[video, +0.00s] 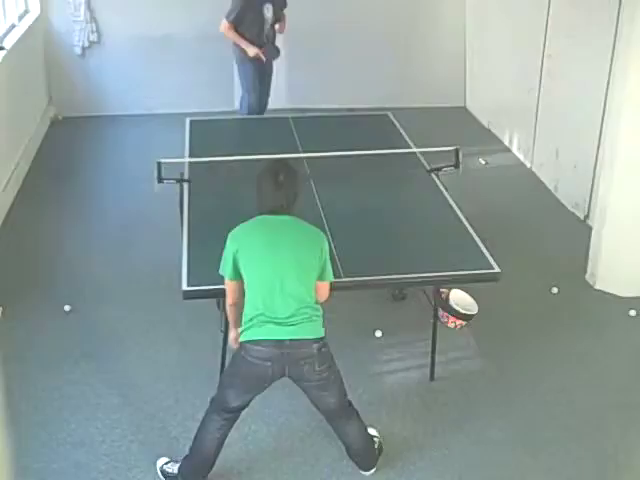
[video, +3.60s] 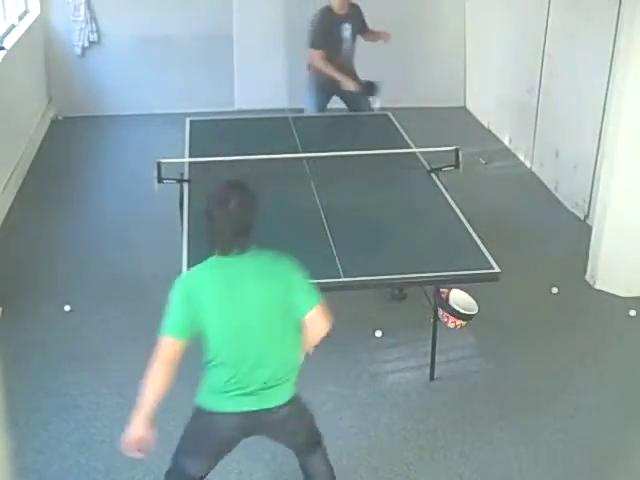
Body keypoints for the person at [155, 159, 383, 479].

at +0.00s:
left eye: (267, 190)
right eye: (290, 190)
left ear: (260, 194)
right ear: (295, 194)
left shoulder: (239, 236)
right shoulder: (315, 236)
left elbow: (233, 297)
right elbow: (322, 294)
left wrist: (233, 328)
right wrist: (294, 280)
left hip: (257, 351)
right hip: (309, 349)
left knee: (222, 412)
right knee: (339, 410)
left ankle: (188, 472)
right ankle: (367, 458)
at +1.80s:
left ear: (238, 197)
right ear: (272, 200)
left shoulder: (220, 234)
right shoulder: (291, 245)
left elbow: (196, 293)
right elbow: (296, 310)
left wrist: (182, 326)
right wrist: (266, 321)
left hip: (236, 364)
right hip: (285, 360)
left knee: (187, 414)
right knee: (317, 406)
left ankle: (183, 476)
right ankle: (364, 459)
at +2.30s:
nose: (223, 189)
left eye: (223, 181)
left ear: (224, 187)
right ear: (260, 184)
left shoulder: (231, 232)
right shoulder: (277, 223)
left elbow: (237, 295)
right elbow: (283, 276)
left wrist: (226, 355)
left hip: (259, 354)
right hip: (299, 343)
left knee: (210, 420)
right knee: (325, 398)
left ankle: (190, 475)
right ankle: (366, 455)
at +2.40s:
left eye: (221, 186)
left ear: (221, 192)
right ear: (258, 188)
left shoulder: (226, 241)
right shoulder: (277, 227)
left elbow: (227, 310)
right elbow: (291, 249)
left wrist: (208, 370)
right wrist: (302, 249)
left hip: (262, 359)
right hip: (304, 345)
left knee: (208, 416)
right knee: (324, 390)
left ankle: (187, 475)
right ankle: (365, 449)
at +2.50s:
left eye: (217, 195)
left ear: (216, 201)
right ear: (251, 198)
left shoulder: (213, 251)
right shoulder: (278, 236)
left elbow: (202, 321)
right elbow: (304, 286)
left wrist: (167, 376)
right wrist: (313, 267)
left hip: (255, 365)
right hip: (300, 353)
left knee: (200, 409)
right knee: (323, 391)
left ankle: (184, 475)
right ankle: (365, 448)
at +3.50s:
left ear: (225, 207)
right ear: (264, 204)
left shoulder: (211, 266)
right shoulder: (295, 245)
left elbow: (202, 345)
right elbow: (340, 293)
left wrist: (184, 412)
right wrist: (310, 323)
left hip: (234, 399)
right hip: (292, 395)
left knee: (196, 461)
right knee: (318, 449)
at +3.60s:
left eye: (216, 216)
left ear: (212, 223)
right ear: (251, 222)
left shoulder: (191, 282)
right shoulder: (284, 267)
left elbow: (167, 356)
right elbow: (320, 322)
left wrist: (141, 421)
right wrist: (293, 351)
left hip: (219, 414)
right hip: (280, 407)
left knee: (183, 473)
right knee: (312, 452)